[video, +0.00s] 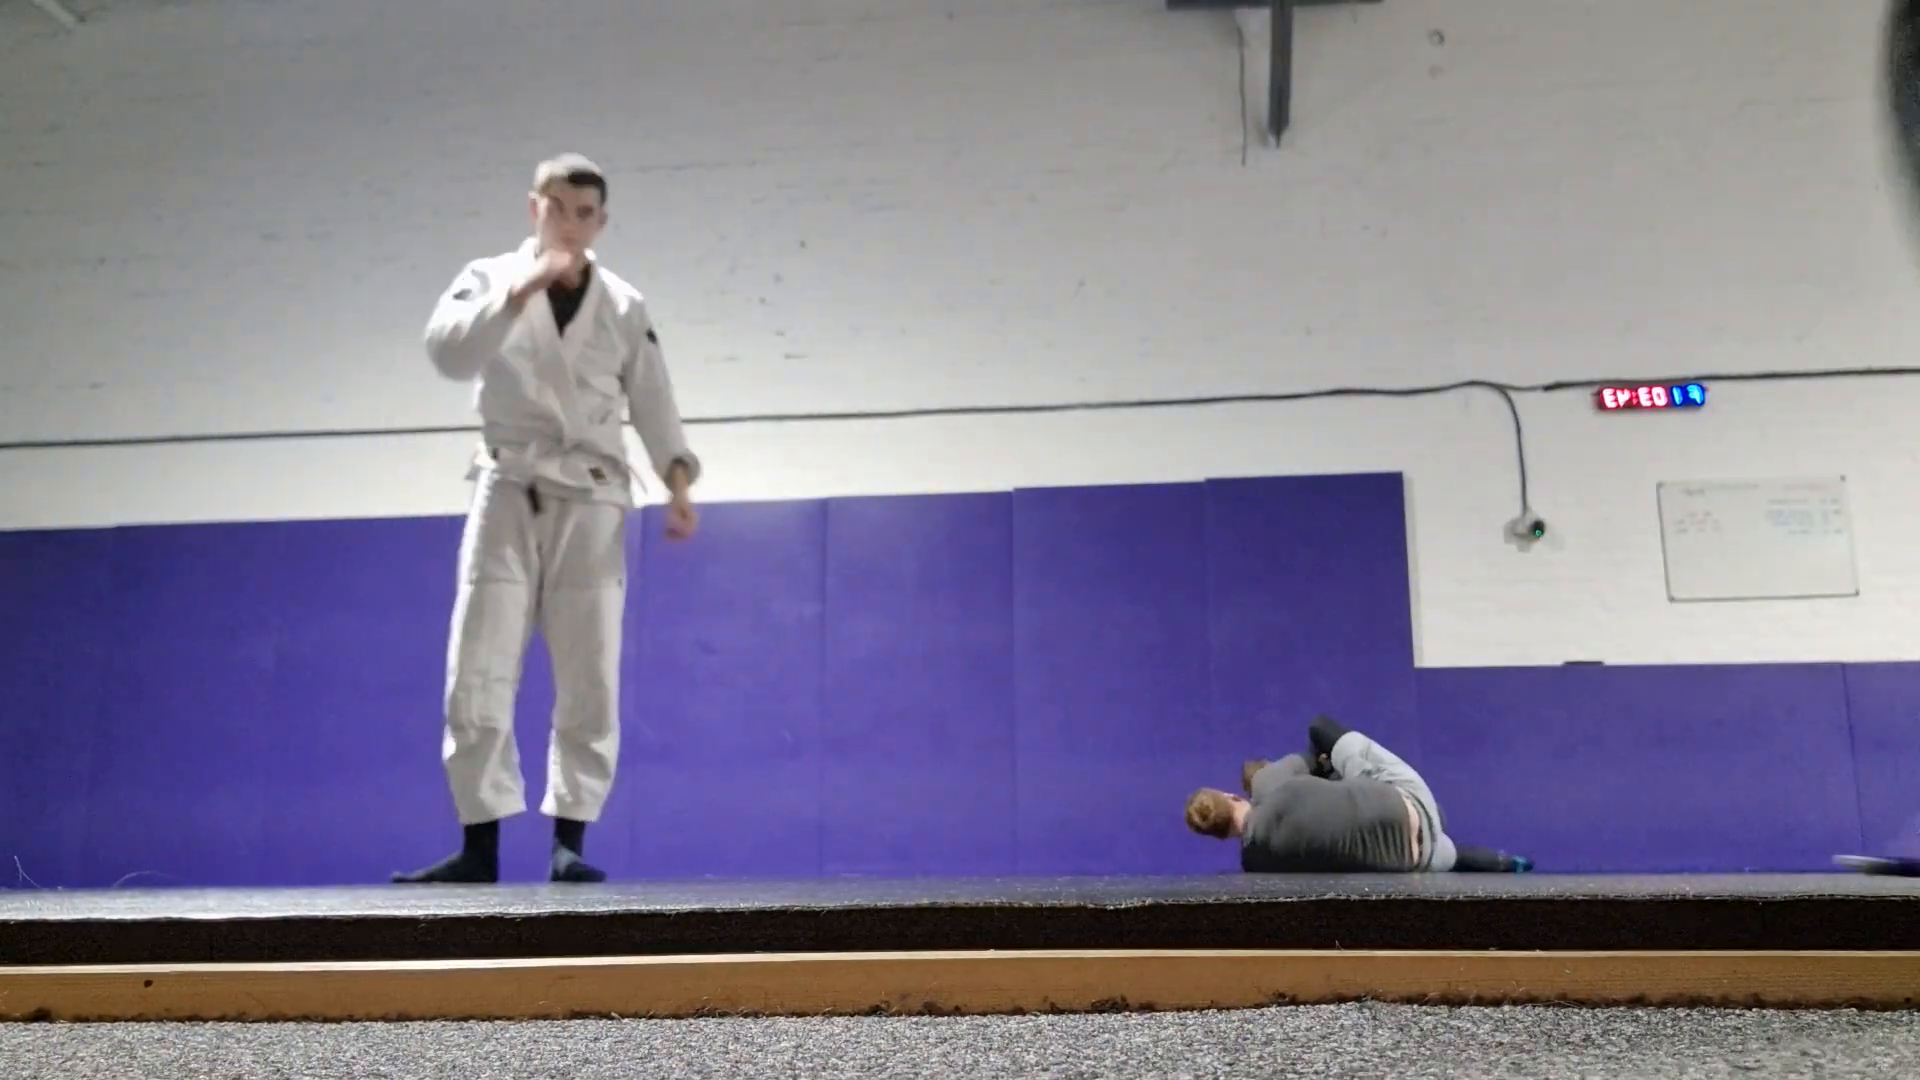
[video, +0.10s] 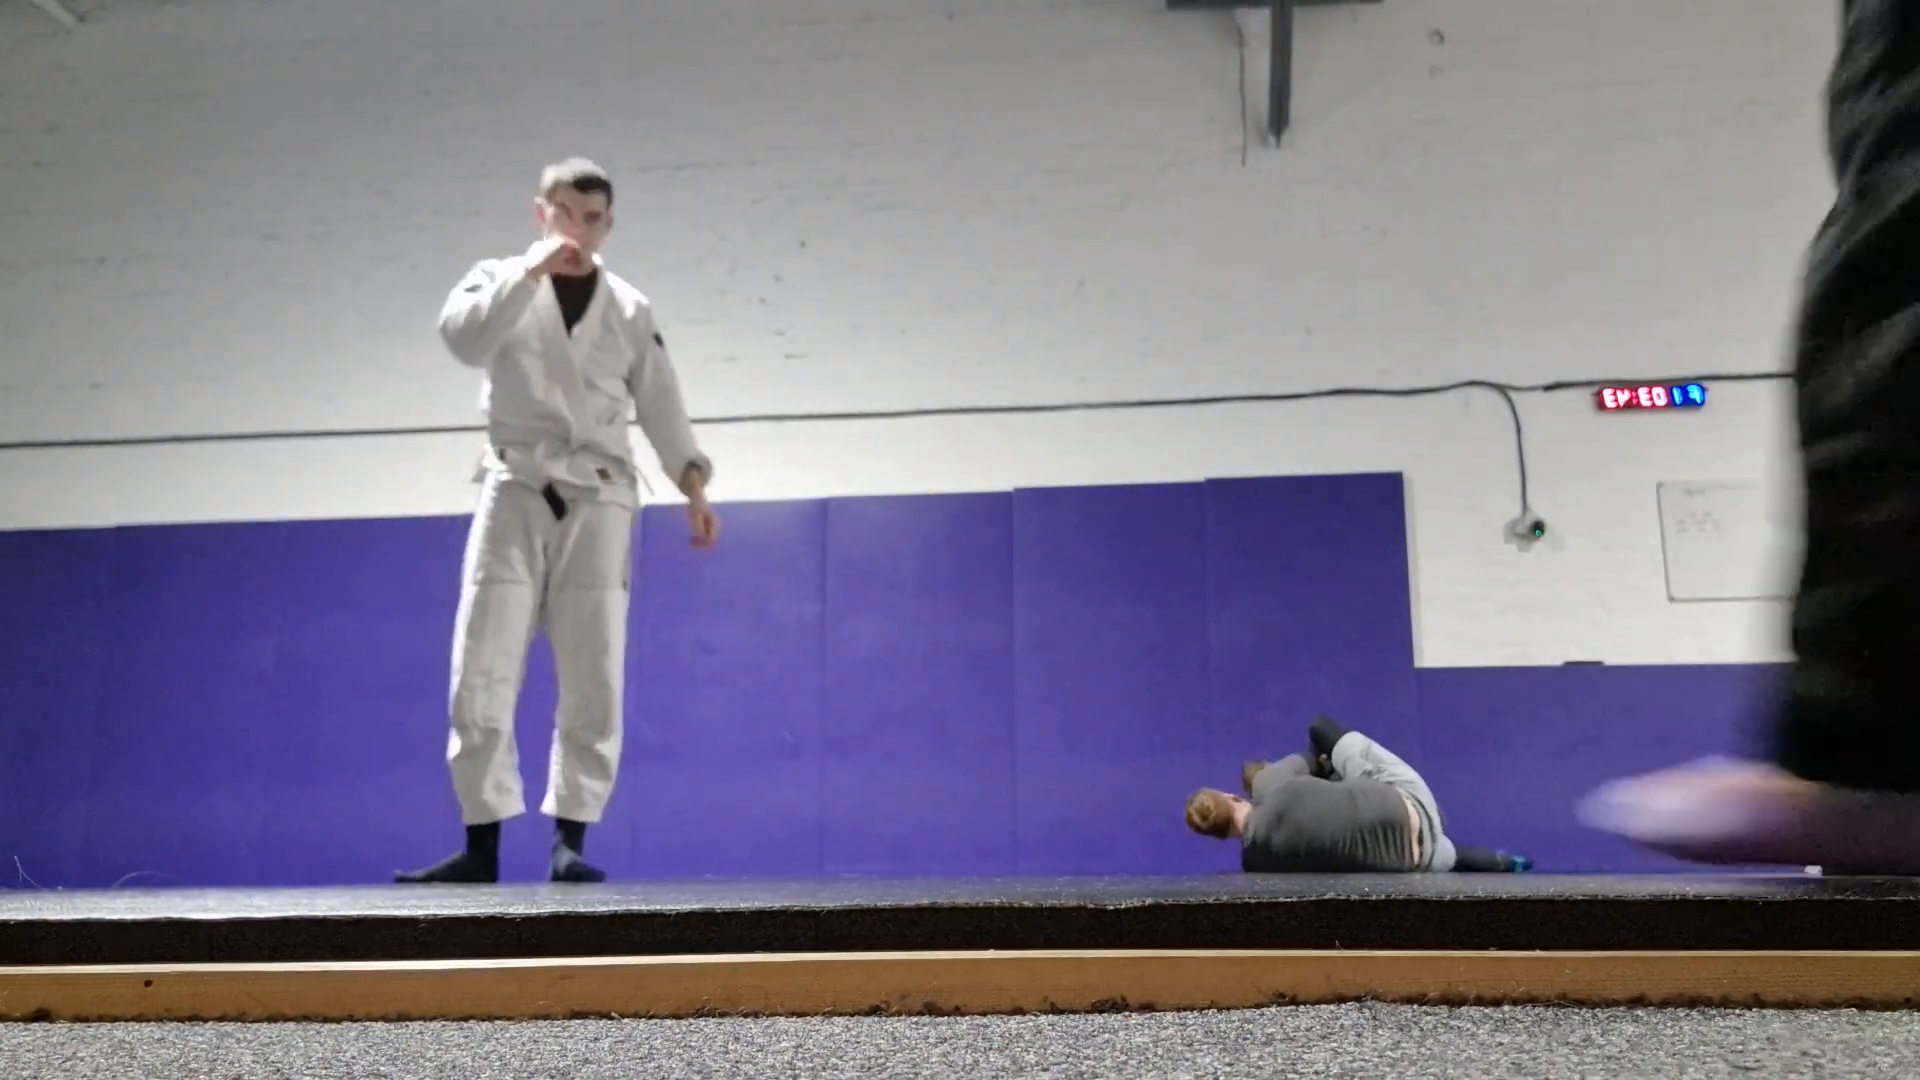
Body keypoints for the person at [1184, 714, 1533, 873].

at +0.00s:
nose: (1229, 790)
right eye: (1227, 791)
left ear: (1217, 836)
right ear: (1232, 795)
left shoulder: (1256, 864)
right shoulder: (1269, 782)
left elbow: (1306, 853)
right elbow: (1311, 762)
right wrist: (1264, 774)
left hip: (1420, 861)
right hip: (1416, 807)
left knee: (1451, 853)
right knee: (1322, 726)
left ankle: (1513, 864)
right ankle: (1327, 769)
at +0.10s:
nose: (1230, 791)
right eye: (1229, 791)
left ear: (1217, 836)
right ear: (1232, 795)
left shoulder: (1256, 865)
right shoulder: (1270, 782)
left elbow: (1307, 853)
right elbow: (1316, 761)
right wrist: (1264, 775)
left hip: (1419, 861)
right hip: (1416, 808)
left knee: (1445, 853)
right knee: (1323, 727)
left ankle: (1506, 863)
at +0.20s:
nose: (1231, 791)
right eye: (1229, 791)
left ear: (1217, 837)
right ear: (1232, 796)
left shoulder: (1257, 864)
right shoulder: (1270, 783)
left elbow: (1306, 850)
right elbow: (1310, 762)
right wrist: (1265, 775)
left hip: (1420, 861)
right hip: (1416, 809)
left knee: (1452, 854)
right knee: (1323, 727)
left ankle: (1507, 865)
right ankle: (1331, 771)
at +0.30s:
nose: (1228, 791)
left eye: (1224, 791)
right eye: (1226, 792)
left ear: (1217, 839)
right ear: (1231, 797)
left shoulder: (1257, 863)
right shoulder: (1273, 784)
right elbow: (1315, 758)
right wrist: (1261, 775)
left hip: (1423, 863)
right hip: (1416, 809)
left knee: (1457, 854)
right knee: (1324, 727)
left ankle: (1508, 864)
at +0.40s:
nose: (1231, 791)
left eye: (1226, 792)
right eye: (1228, 792)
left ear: (1216, 838)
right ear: (1231, 798)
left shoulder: (1258, 863)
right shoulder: (1274, 783)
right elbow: (1320, 757)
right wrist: (1265, 775)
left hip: (1423, 863)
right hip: (1416, 808)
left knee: (1459, 855)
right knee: (1324, 726)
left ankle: (1510, 864)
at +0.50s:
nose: (1230, 791)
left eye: (1226, 792)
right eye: (1227, 792)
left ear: (1216, 838)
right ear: (1231, 797)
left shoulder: (1257, 862)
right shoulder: (1274, 783)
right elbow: (1320, 759)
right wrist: (1264, 775)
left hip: (1423, 862)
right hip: (1416, 808)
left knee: (1459, 855)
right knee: (1323, 727)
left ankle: (1513, 866)